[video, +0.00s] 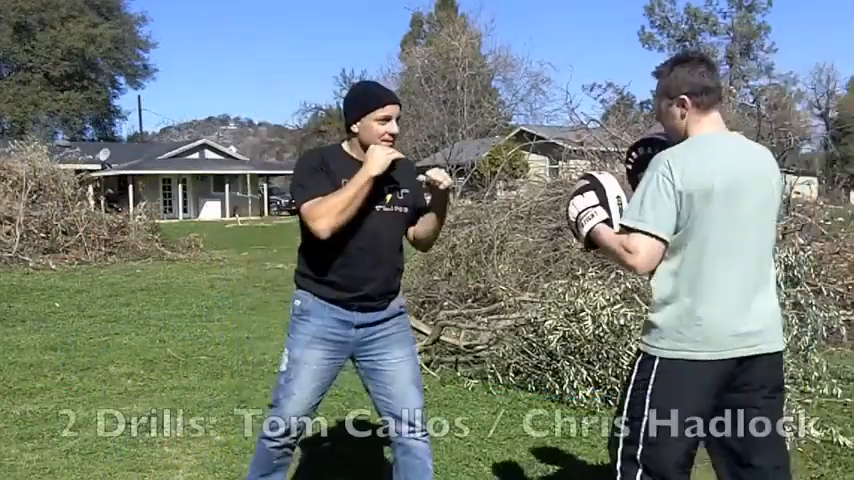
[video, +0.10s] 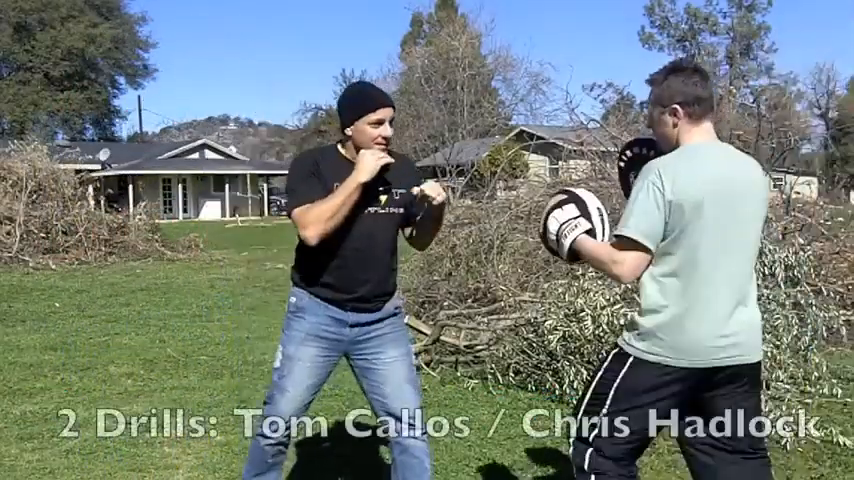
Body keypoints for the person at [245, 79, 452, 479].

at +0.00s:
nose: (393, 129)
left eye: (396, 120)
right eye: (383, 121)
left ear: (398, 122)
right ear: (355, 124)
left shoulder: (401, 171)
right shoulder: (317, 162)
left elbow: (421, 238)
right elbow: (320, 224)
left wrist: (440, 199)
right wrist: (368, 172)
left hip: (386, 318)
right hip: (321, 316)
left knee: (410, 426)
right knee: (284, 426)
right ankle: (261, 476)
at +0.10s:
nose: (387, 132)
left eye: (390, 122)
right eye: (376, 124)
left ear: (393, 122)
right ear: (348, 126)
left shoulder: (401, 170)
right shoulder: (311, 163)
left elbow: (419, 240)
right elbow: (310, 230)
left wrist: (435, 208)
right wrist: (359, 177)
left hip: (381, 318)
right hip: (315, 315)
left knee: (408, 423)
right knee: (278, 421)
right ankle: (257, 476)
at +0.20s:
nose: (380, 150)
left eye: (384, 139)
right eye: (368, 142)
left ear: (390, 136)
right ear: (342, 143)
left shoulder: (402, 173)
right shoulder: (307, 173)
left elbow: (425, 245)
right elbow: (296, 246)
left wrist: (430, 223)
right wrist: (344, 196)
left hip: (378, 321)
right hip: (308, 318)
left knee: (406, 419)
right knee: (274, 417)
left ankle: (414, 476)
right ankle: (255, 476)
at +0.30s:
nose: (363, 191)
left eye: (369, 179)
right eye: (351, 182)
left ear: (377, 172)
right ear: (329, 180)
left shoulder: (395, 200)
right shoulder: (297, 203)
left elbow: (425, 260)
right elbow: (283, 276)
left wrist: (418, 254)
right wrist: (325, 236)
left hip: (374, 325)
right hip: (304, 325)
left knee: (409, 413)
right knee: (267, 408)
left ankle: (418, 476)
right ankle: (252, 475)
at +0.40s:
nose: (347, 229)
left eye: (353, 217)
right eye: (335, 221)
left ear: (361, 210)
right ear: (314, 218)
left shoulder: (383, 228)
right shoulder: (286, 230)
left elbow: (418, 281)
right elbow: (268, 306)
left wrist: (403, 280)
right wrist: (303, 273)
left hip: (369, 325)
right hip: (305, 326)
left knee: (408, 406)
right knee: (260, 403)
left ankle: (416, 475)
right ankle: (249, 474)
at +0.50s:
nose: (329, 234)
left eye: (334, 222)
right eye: (317, 226)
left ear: (342, 213)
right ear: (297, 226)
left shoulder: (367, 230)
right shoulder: (270, 240)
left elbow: (407, 291)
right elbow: (261, 317)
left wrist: (387, 287)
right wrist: (291, 278)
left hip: (364, 325)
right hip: (301, 329)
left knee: (406, 407)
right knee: (257, 402)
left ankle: (415, 475)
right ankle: (249, 475)